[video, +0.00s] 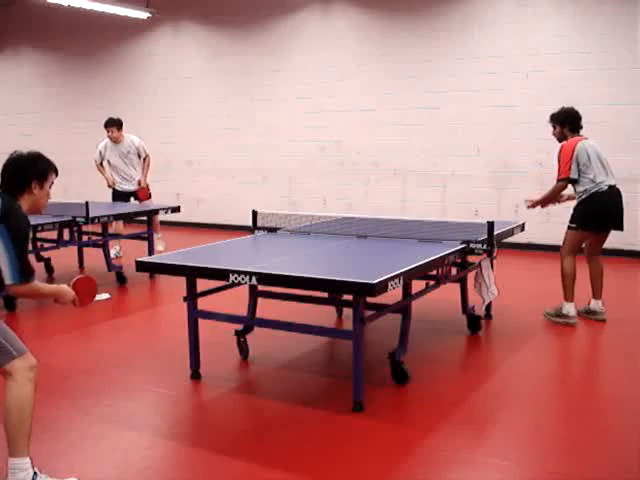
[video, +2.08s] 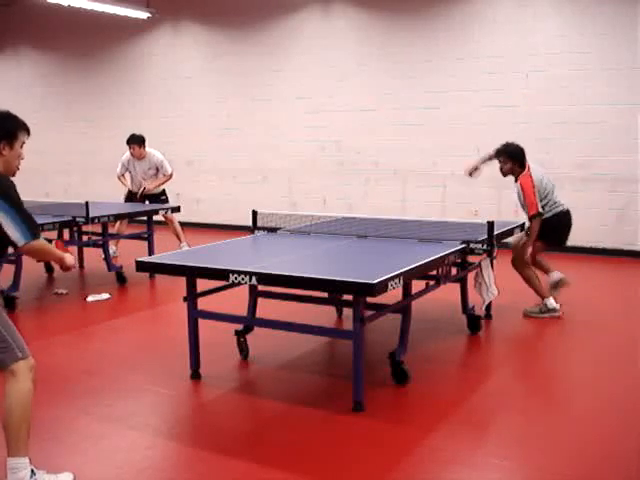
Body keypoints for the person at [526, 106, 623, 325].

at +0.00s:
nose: (553, 133)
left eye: (554, 128)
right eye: (552, 128)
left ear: (564, 128)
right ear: (574, 127)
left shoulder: (568, 147)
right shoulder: (590, 145)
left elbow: (562, 183)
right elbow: (592, 185)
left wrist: (541, 201)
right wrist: (564, 198)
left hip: (591, 201)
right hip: (613, 198)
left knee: (568, 252)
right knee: (593, 252)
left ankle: (568, 307)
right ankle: (597, 304)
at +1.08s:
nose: (553, 135)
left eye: (554, 131)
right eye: (553, 131)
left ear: (560, 133)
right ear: (578, 132)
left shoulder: (554, 152)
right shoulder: (595, 153)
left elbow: (539, 180)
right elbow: (607, 184)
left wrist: (523, 186)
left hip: (574, 203)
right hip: (601, 203)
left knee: (558, 255)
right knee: (584, 254)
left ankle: (561, 308)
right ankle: (592, 305)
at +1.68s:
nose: (541, 133)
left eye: (543, 130)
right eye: (542, 130)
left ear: (547, 132)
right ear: (565, 131)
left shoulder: (542, 150)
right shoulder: (579, 144)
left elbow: (548, 172)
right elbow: (596, 155)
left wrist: (555, 194)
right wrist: (608, 183)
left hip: (565, 197)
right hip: (589, 196)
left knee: (552, 252)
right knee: (585, 252)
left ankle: (560, 306)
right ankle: (592, 304)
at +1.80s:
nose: (522, 146)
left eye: (523, 142)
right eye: (522, 142)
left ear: (530, 143)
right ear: (544, 141)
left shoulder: (534, 160)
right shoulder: (564, 150)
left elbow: (548, 183)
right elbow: (588, 166)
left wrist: (556, 211)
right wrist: (609, 162)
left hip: (565, 202)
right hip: (587, 198)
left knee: (538, 251)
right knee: (579, 255)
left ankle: (554, 303)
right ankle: (591, 303)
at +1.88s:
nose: (508, 154)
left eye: (510, 150)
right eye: (509, 149)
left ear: (521, 151)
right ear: (529, 148)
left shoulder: (531, 168)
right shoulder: (548, 155)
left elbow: (546, 199)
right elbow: (571, 162)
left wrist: (546, 228)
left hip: (561, 211)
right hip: (581, 205)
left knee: (530, 254)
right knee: (570, 259)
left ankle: (550, 302)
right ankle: (589, 301)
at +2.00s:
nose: (502, 164)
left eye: (505, 160)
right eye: (502, 160)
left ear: (517, 161)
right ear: (520, 160)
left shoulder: (527, 179)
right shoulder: (533, 167)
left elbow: (539, 215)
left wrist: (531, 244)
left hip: (555, 218)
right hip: (567, 214)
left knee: (521, 260)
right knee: (536, 256)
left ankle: (549, 303)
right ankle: (572, 280)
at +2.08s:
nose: (500, 167)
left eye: (504, 163)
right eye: (499, 163)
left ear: (515, 163)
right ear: (516, 162)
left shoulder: (524, 182)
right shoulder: (526, 170)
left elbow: (536, 216)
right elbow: (498, 153)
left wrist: (529, 246)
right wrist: (479, 164)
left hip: (551, 222)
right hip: (560, 217)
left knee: (518, 262)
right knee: (520, 248)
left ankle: (549, 303)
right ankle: (553, 274)